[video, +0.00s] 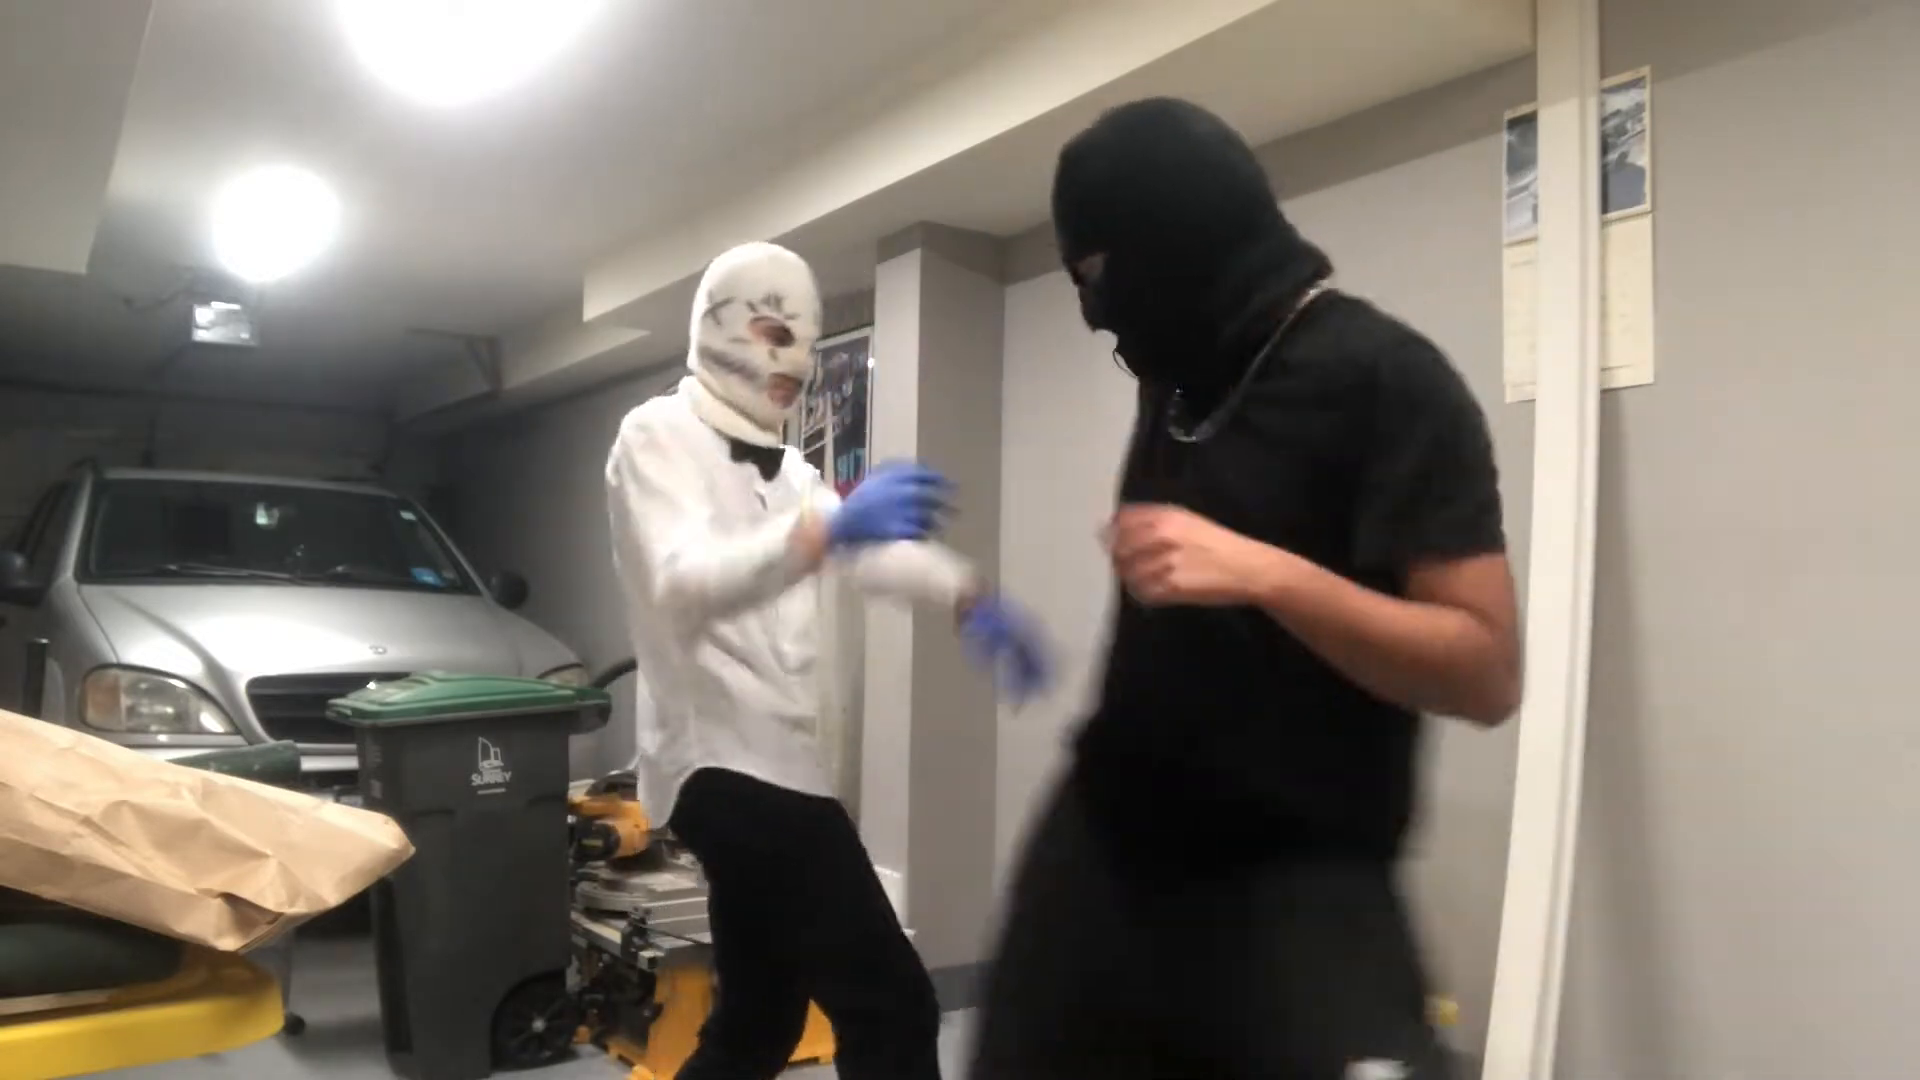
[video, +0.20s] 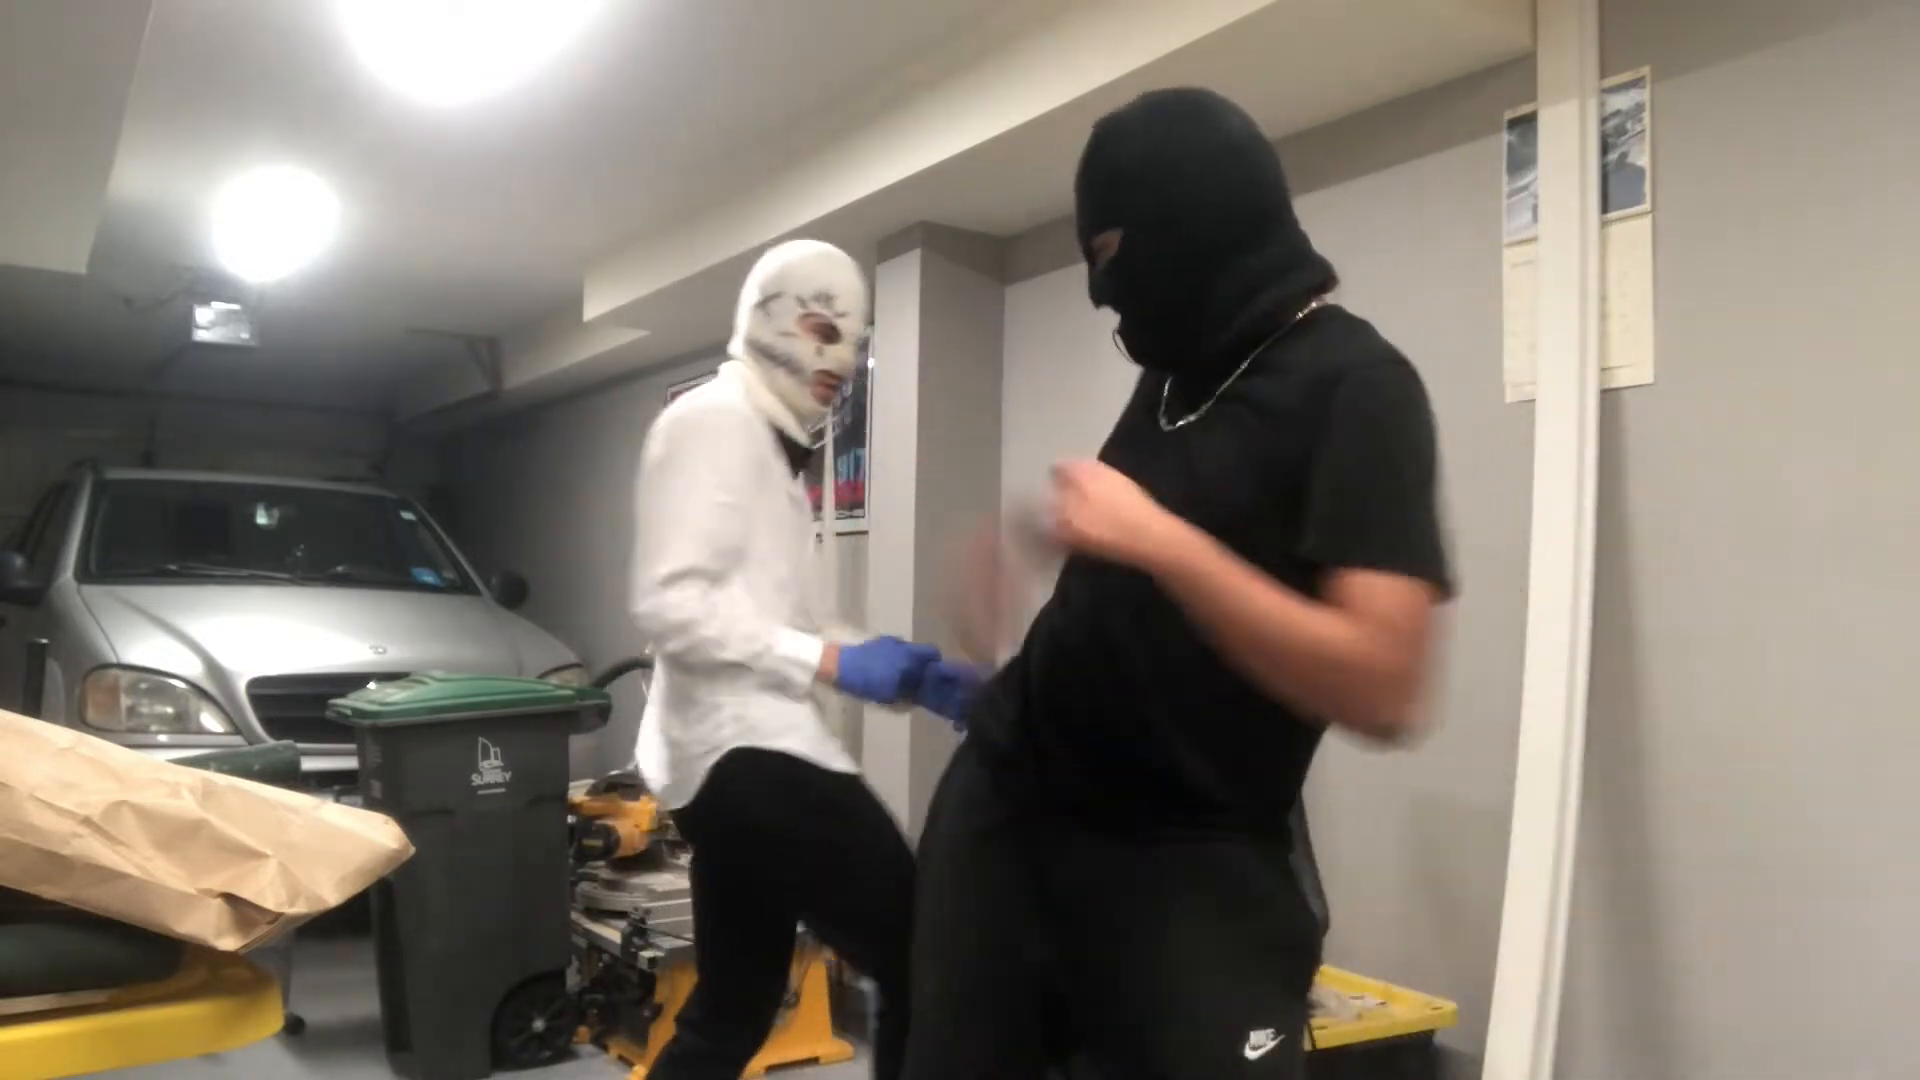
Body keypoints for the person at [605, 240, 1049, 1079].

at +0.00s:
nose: (785, 341)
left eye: (798, 328)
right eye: (764, 318)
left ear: (806, 347)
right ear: (712, 324)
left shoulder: (791, 472)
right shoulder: (659, 433)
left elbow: (863, 554)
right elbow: (679, 585)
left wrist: (966, 593)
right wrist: (823, 531)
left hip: (788, 767)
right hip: (725, 767)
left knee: (754, 1024)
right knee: (892, 1008)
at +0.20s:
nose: (838, 361)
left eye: (851, 341)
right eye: (820, 332)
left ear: (858, 346)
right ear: (765, 322)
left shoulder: (770, 446)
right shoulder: (709, 420)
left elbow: (799, 620)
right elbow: (669, 603)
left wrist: (912, 674)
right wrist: (827, 659)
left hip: (764, 745)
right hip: (739, 748)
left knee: (732, 1011)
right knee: (917, 952)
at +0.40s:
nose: (907, 403)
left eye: (913, 384)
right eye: (903, 378)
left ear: (823, 360)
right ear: (873, 362)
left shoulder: (732, 465)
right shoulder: (839, 434)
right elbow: (822, 594)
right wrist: (942, 697)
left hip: (740, 783)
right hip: (839, 772)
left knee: (724, 1021)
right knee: (961, 1003)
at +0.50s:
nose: (963, 426)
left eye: (964, 412)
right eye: (959, 411)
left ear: (858, 401)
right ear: (939, 406)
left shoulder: (766, 494)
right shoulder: (935, 468)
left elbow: (706, 657)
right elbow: (957, 637)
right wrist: (1021, 724)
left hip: (772, 814)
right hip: (909, 806)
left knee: (735, 1021)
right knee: (988, 1014)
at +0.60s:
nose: (979, 469)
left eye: (980, 461)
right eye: (976, 459)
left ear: (869, 444)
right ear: (960, 450)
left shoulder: (774, 545)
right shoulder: (960, 488)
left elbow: (755, 714)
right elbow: (1021, 619)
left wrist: (785, 794)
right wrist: (1108, 722)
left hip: (842, 827)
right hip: (992, 811)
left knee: (764, 1029)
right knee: (1031, 1015)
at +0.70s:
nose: (967, 497)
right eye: (961, 487)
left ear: (861, 493)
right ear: (953, 484)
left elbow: (798, 740)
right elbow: (1065, 631)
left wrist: (832, 826)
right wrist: (1172, 717)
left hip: (903, 838)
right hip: (1054, 809)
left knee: (817, 1040)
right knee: (1074, 1029)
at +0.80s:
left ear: (852, 529)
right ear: (930, 502)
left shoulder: (791, 622)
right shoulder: (962, 522)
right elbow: (1073, 590)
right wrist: (1194, 663)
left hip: (947, 829)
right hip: (1093, 790)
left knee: (869, 1056)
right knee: (1081, 1034)